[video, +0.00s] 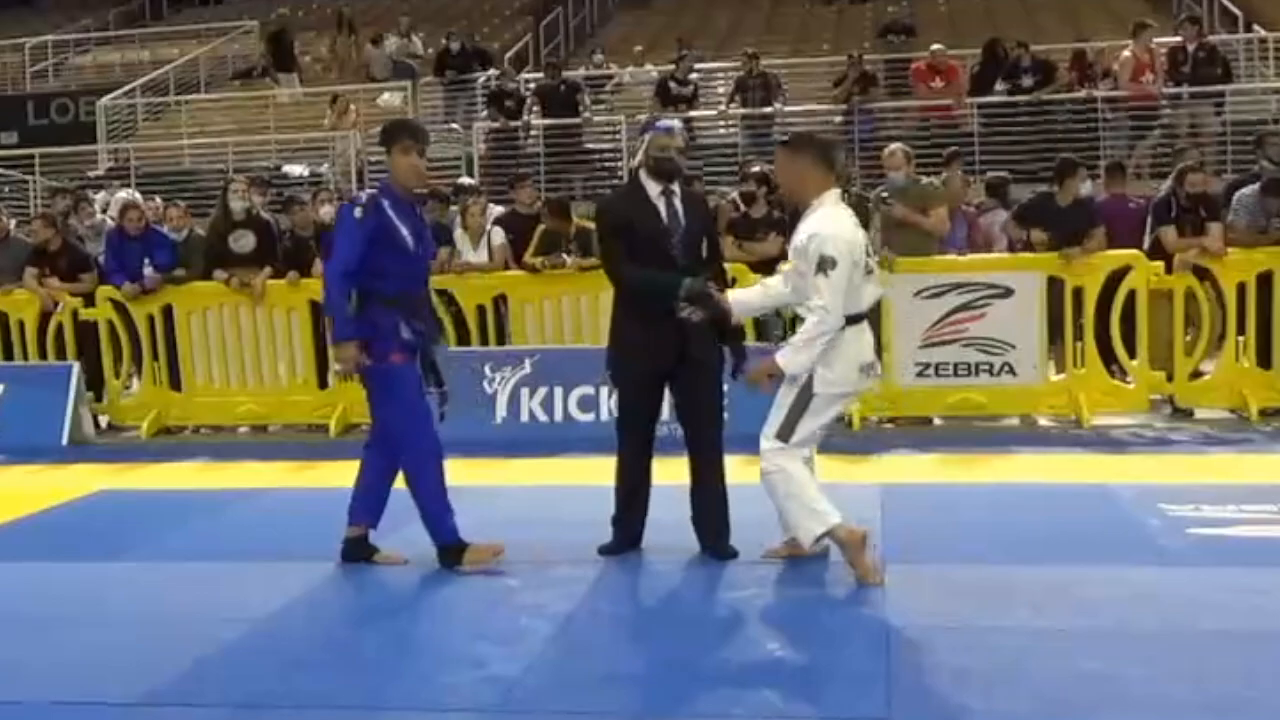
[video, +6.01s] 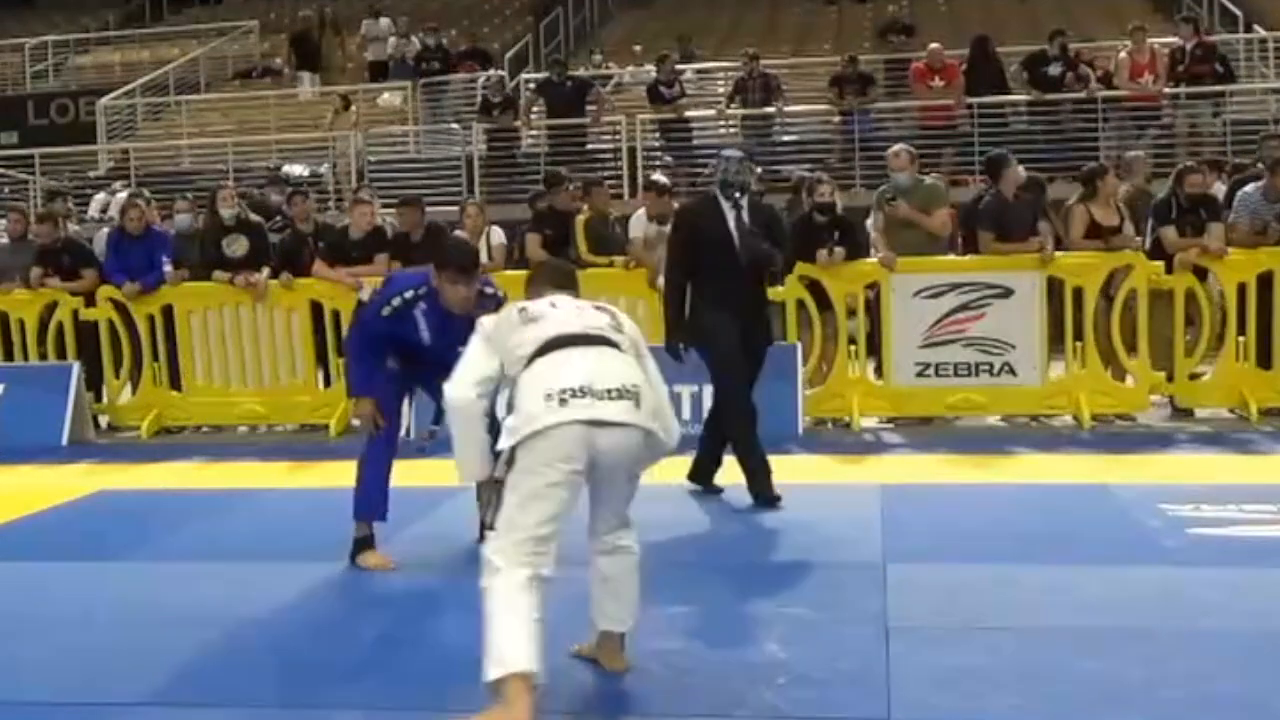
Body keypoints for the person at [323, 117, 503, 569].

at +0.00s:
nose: (421, 164)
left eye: (423, 155)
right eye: (412, 155)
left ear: (421, 159)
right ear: (391, 157)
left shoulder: (412, 213)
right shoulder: (364, 211)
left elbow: (412, 280)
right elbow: (338, 273)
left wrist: (426, 338)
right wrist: (343, 337)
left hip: (409, 336)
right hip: (382, 338)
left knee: (388, 439)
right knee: (419, 440)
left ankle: (356, 536)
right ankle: (450, 546)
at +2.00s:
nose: (475, 241)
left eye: (478, 231)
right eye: (473, 229)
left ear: (444, 219)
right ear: (447, 219)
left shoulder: (403, 231)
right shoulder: (405, 254)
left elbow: (417, 310)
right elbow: (417, 319)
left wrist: (478, 346)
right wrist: (490, 350)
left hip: (310, 332)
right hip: (330, 345)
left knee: (321, 441)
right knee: (380, 454)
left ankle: (297, 547)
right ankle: (385, 566)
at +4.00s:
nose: (187, 181)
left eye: (188, 173)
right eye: (178, 173)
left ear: (181, 177)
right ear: (149, 176)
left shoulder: (189, 226)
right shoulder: (121, 227)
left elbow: (211, 271)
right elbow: (98, 293)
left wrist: (227, 300)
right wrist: (126, 340)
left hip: (181, 335)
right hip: (142, 338)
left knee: (162, 429)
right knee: (153, 428)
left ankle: (132, 518)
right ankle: (126, 534)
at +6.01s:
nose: (466, 295)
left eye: (471, 284)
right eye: (457, 285)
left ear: (479, 279)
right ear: (437, 279)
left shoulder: (490, 299)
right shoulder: (402, 290)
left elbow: (501, 352)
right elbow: (360, 336)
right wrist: (362, 395)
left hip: (449, 365)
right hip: (396, 362)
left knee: (486, 426)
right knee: (383, 432)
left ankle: (492, 520)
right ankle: (364, 536)